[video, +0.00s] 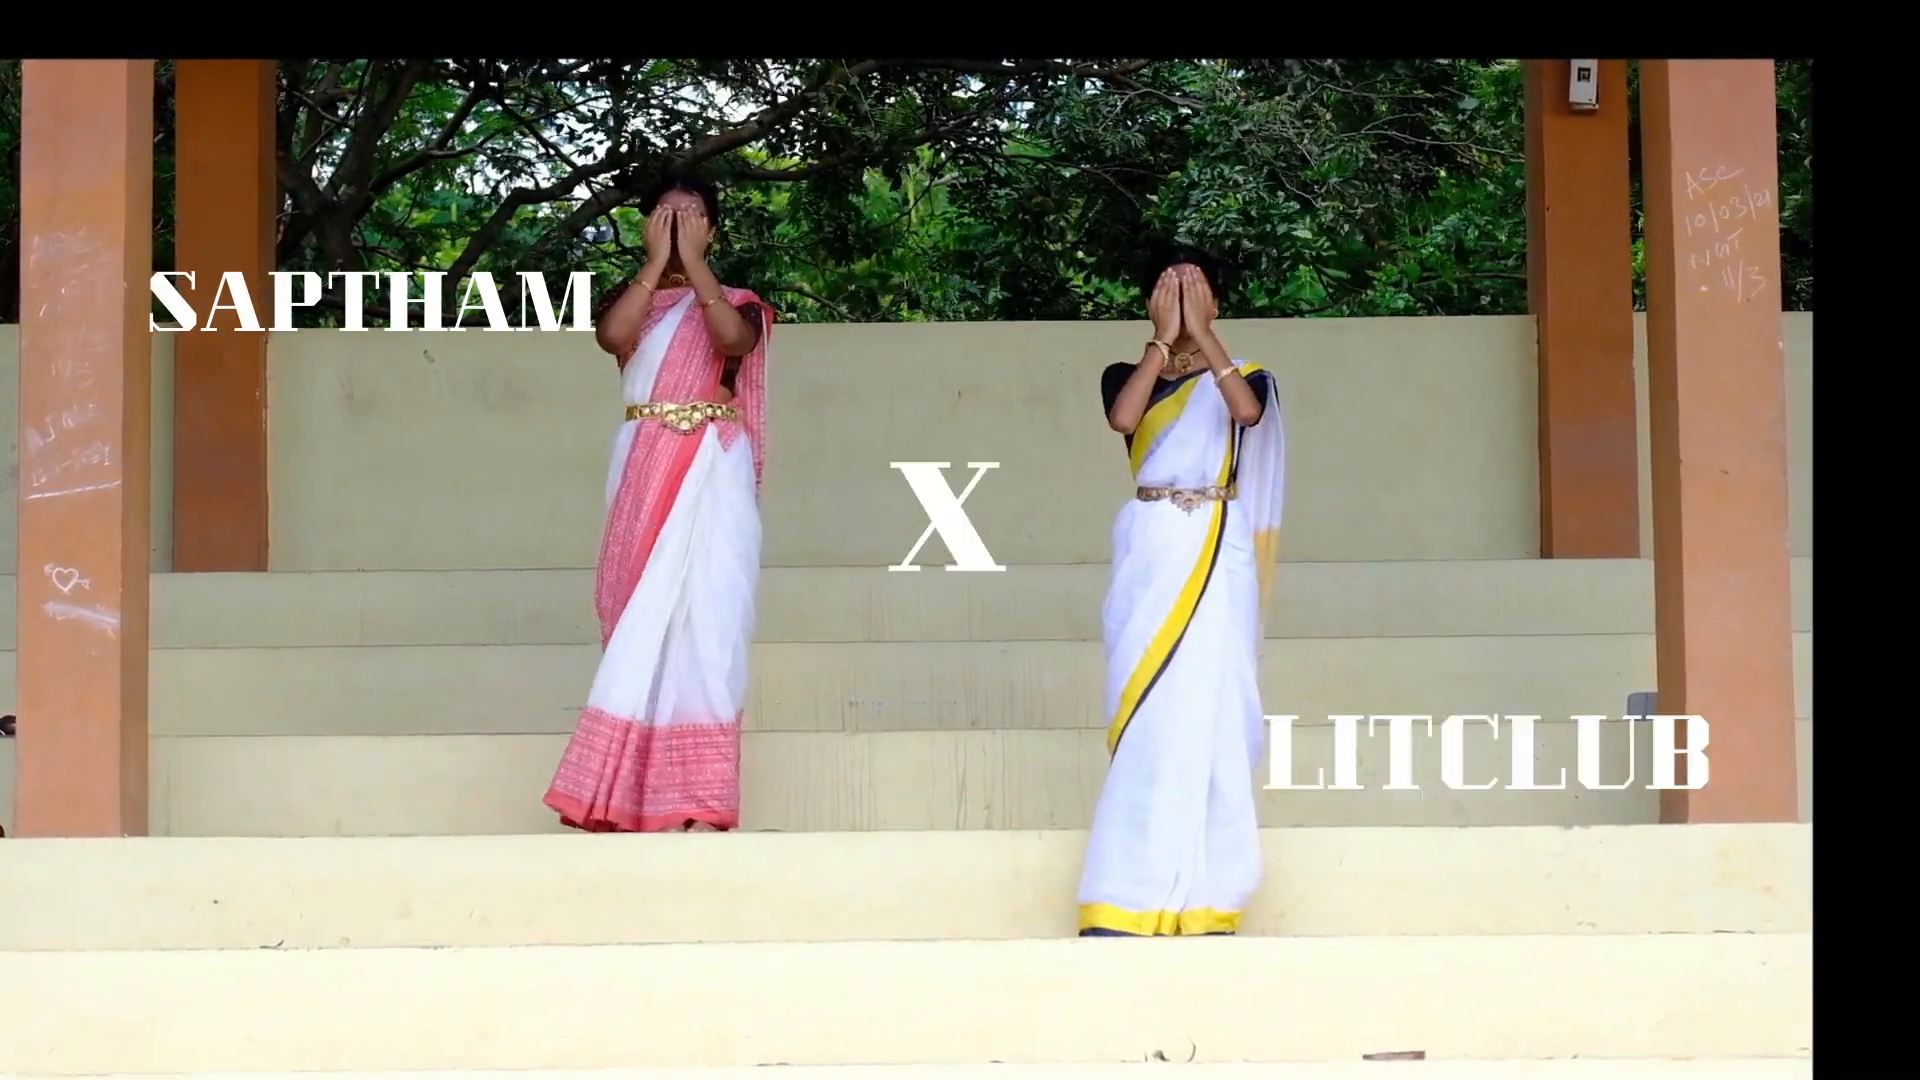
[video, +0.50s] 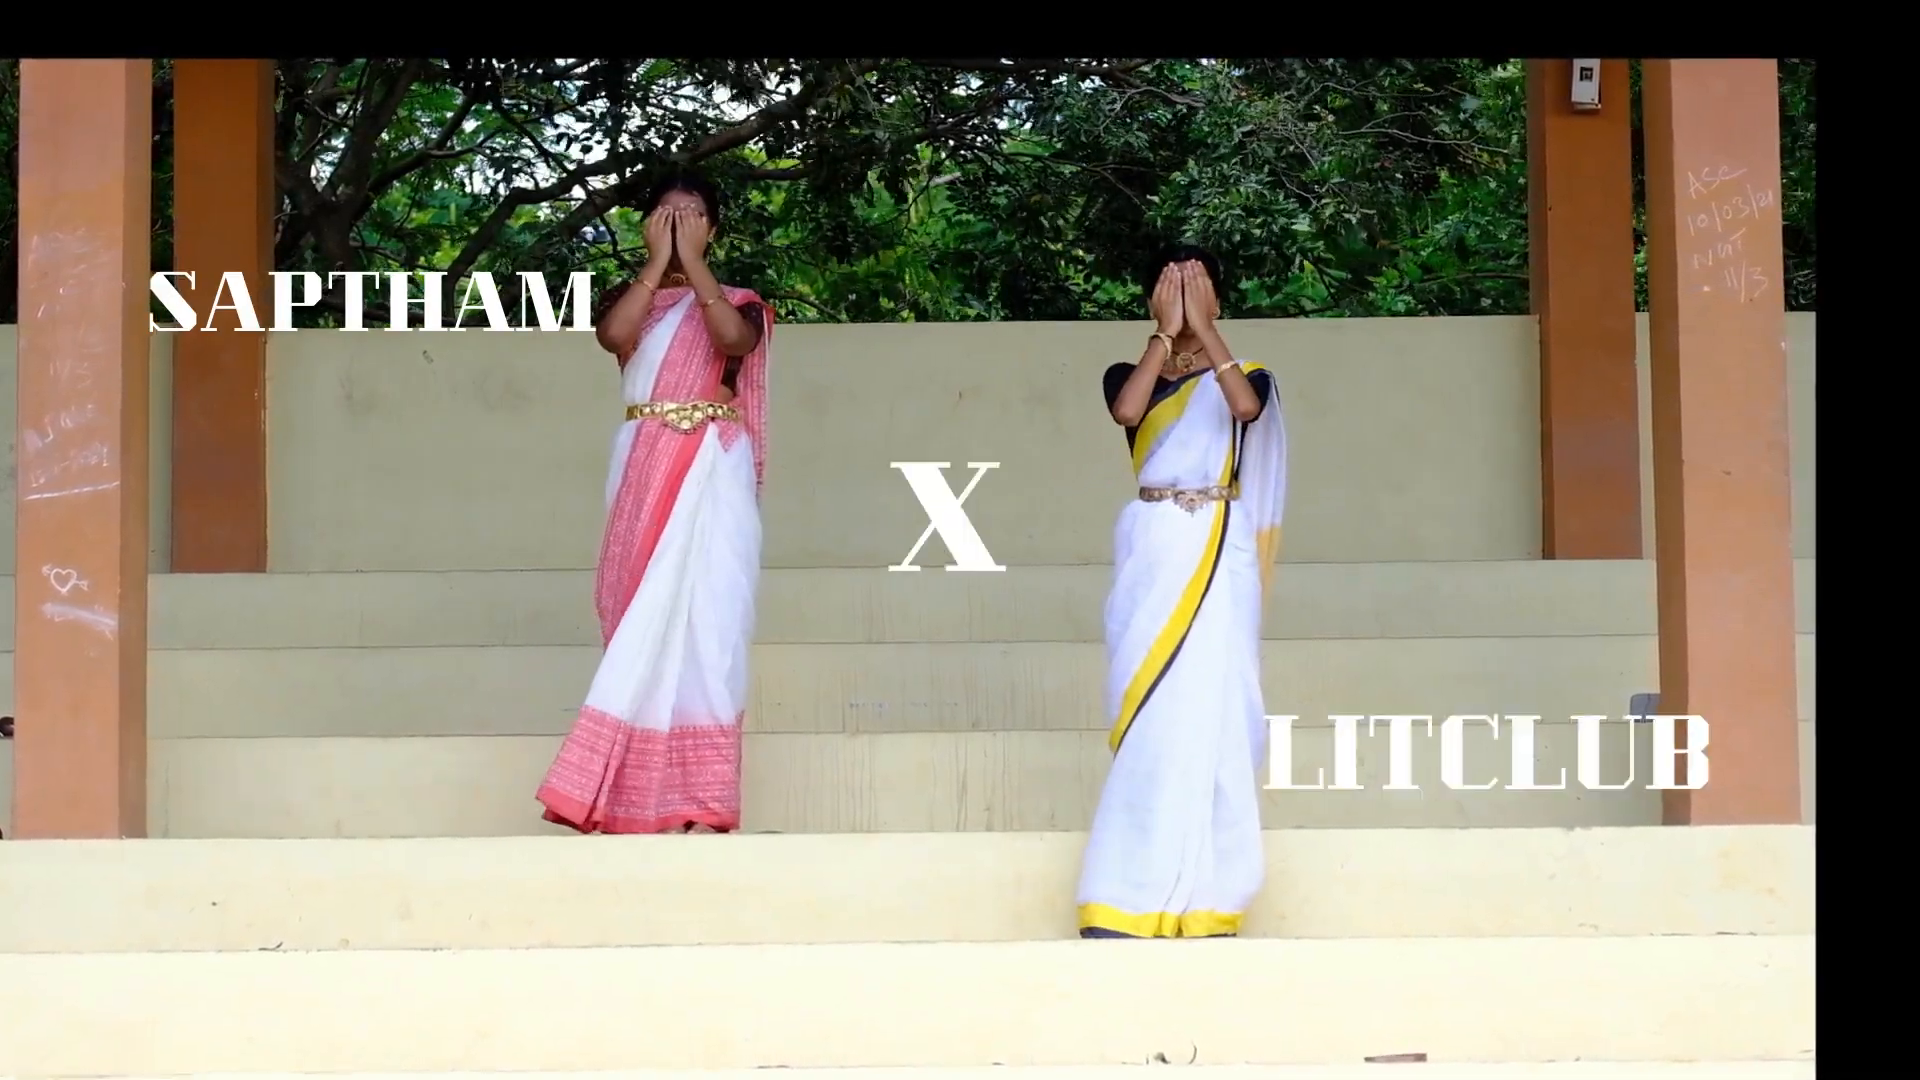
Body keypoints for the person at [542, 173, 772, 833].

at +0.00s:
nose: (678, 228)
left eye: (691, 216)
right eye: (668, 216)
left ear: (713, 229)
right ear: (649, 228)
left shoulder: (739, 303)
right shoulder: (631, 301)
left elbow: (734, 339)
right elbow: (617, 336)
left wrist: (697, 261)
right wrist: (655, 260)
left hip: (714, 477)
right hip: (644, 476)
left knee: (705, 627)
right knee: (638, 624)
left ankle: (698, 800)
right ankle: (627, 798)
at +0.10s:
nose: (675, 230)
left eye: (689, 218)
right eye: (665, 217)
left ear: (713, 229)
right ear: (647, 227)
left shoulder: (741, 303)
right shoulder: (633, 301)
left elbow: (734, 340)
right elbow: (616, 335)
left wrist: (696, 257)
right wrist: (656, 260)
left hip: (713, 479)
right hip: (644, 478)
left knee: (706, 630)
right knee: (637, 626)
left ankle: (701, 801)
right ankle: (629, 799)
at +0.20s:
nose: (677, 227)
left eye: (691, 216)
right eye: (666, 215)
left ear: (714, 229)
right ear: (648, 228)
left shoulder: (742, 302)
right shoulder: (632, 299)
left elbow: (735, 340)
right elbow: (616, 335)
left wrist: (695, 258)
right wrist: (657, 261)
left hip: (713, 475)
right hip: (644, 474)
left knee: (706, 626)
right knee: (638, 623)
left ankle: (702, 800)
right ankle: (631, 797)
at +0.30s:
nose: (676, 229)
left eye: (690, 217)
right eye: (665, 216)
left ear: (713, 229)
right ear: (646, 228)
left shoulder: (741, 303)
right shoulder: (632, 301)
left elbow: (734, 339)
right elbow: (616, 334)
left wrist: (695, 259)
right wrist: (657, 260)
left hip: (714, 480)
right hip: (644, 479)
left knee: (707, 629)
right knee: (639, 626)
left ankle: (703, 801)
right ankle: (635, 799)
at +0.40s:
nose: (677, 226)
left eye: (690, 215)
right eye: (667, 215)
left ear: (712, 227)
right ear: (649, 228)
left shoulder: (741, 302)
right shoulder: (633, 301)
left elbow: (734, 339)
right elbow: (616, 336)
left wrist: (697, 260)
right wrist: (656, 262)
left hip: (713, 476)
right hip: (644, 475)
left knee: (706, 627)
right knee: (639, 624)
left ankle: (703, 801)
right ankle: (633, 799)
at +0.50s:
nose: (677, 224)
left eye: (690, 213)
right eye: (666, 213)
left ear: (713, 228)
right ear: (648, 227)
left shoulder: (741, 304)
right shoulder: (629, 301)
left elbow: (734, 339)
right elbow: (618, 336)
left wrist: (696, 261)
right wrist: (655, 261)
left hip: (713, 478)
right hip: (643, 477)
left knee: (705, 628)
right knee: (639, 625)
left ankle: (703, 802)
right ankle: (631, 799)